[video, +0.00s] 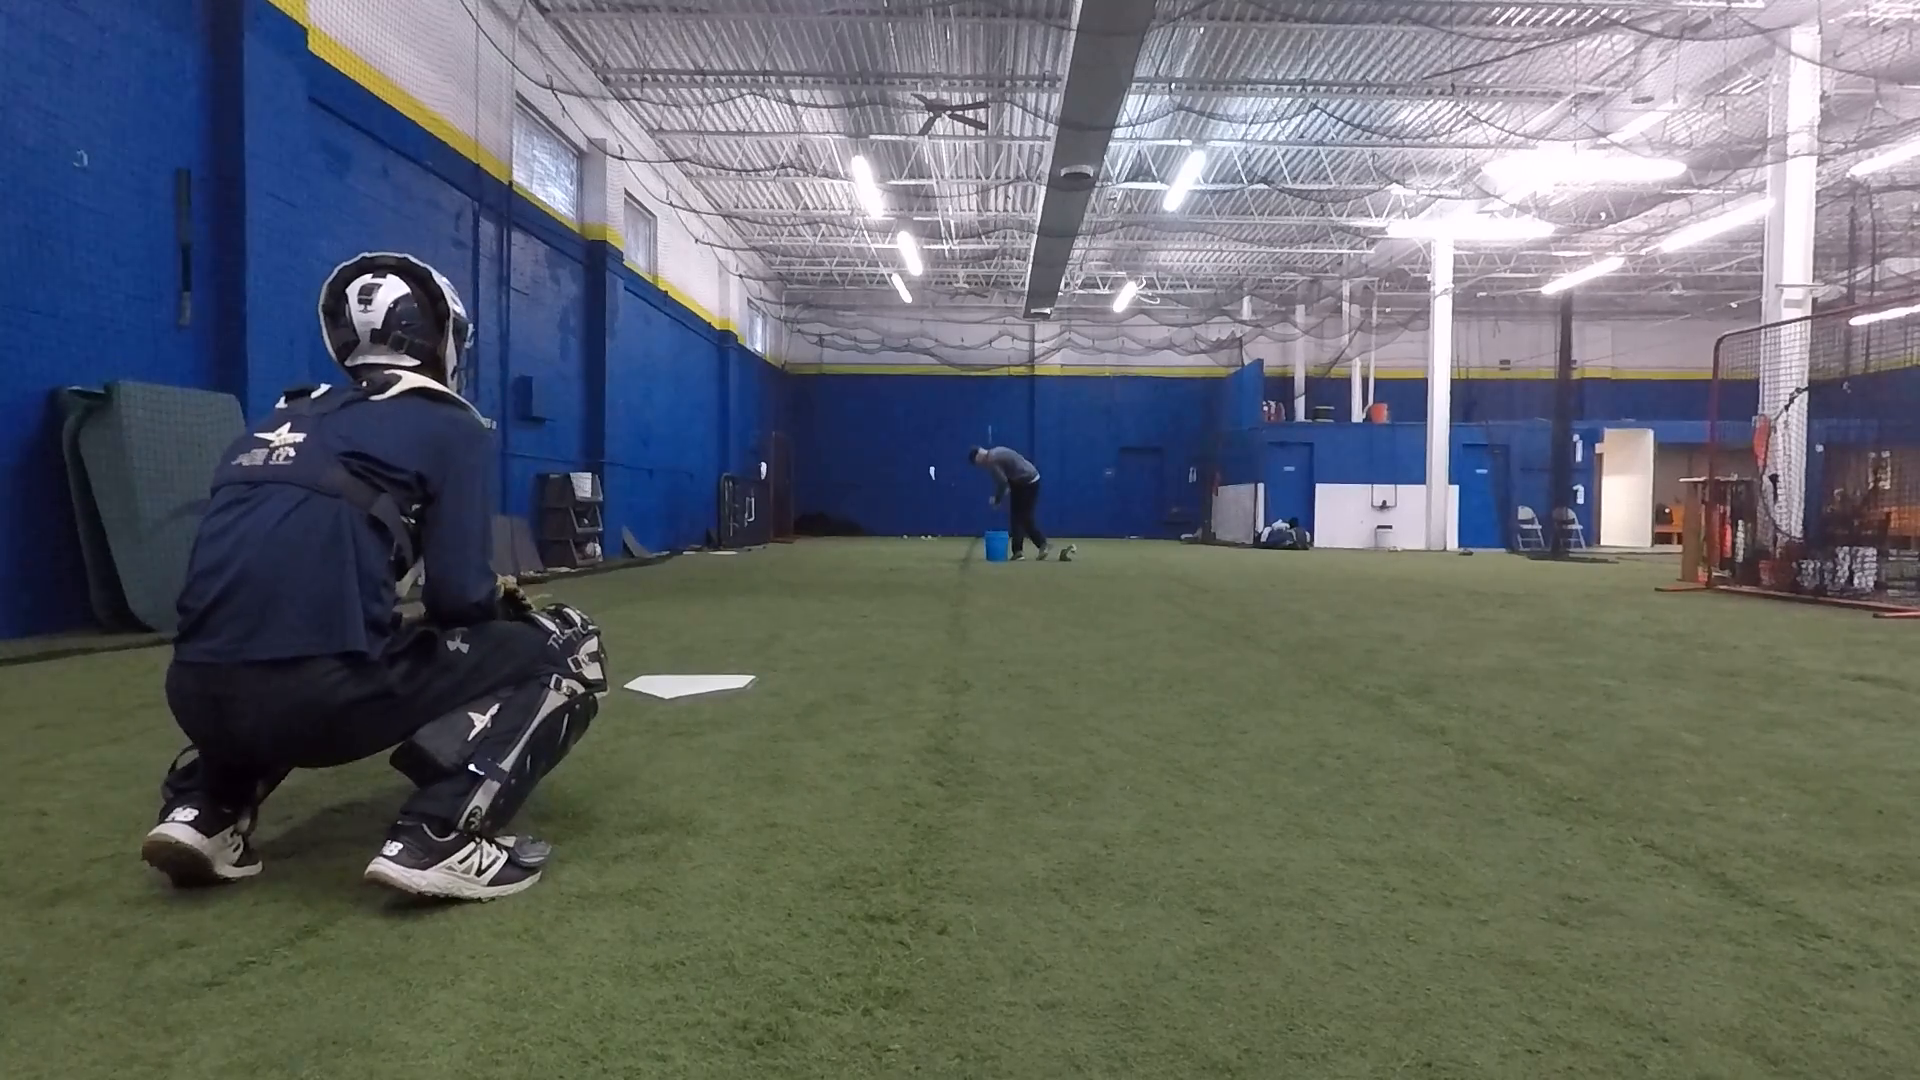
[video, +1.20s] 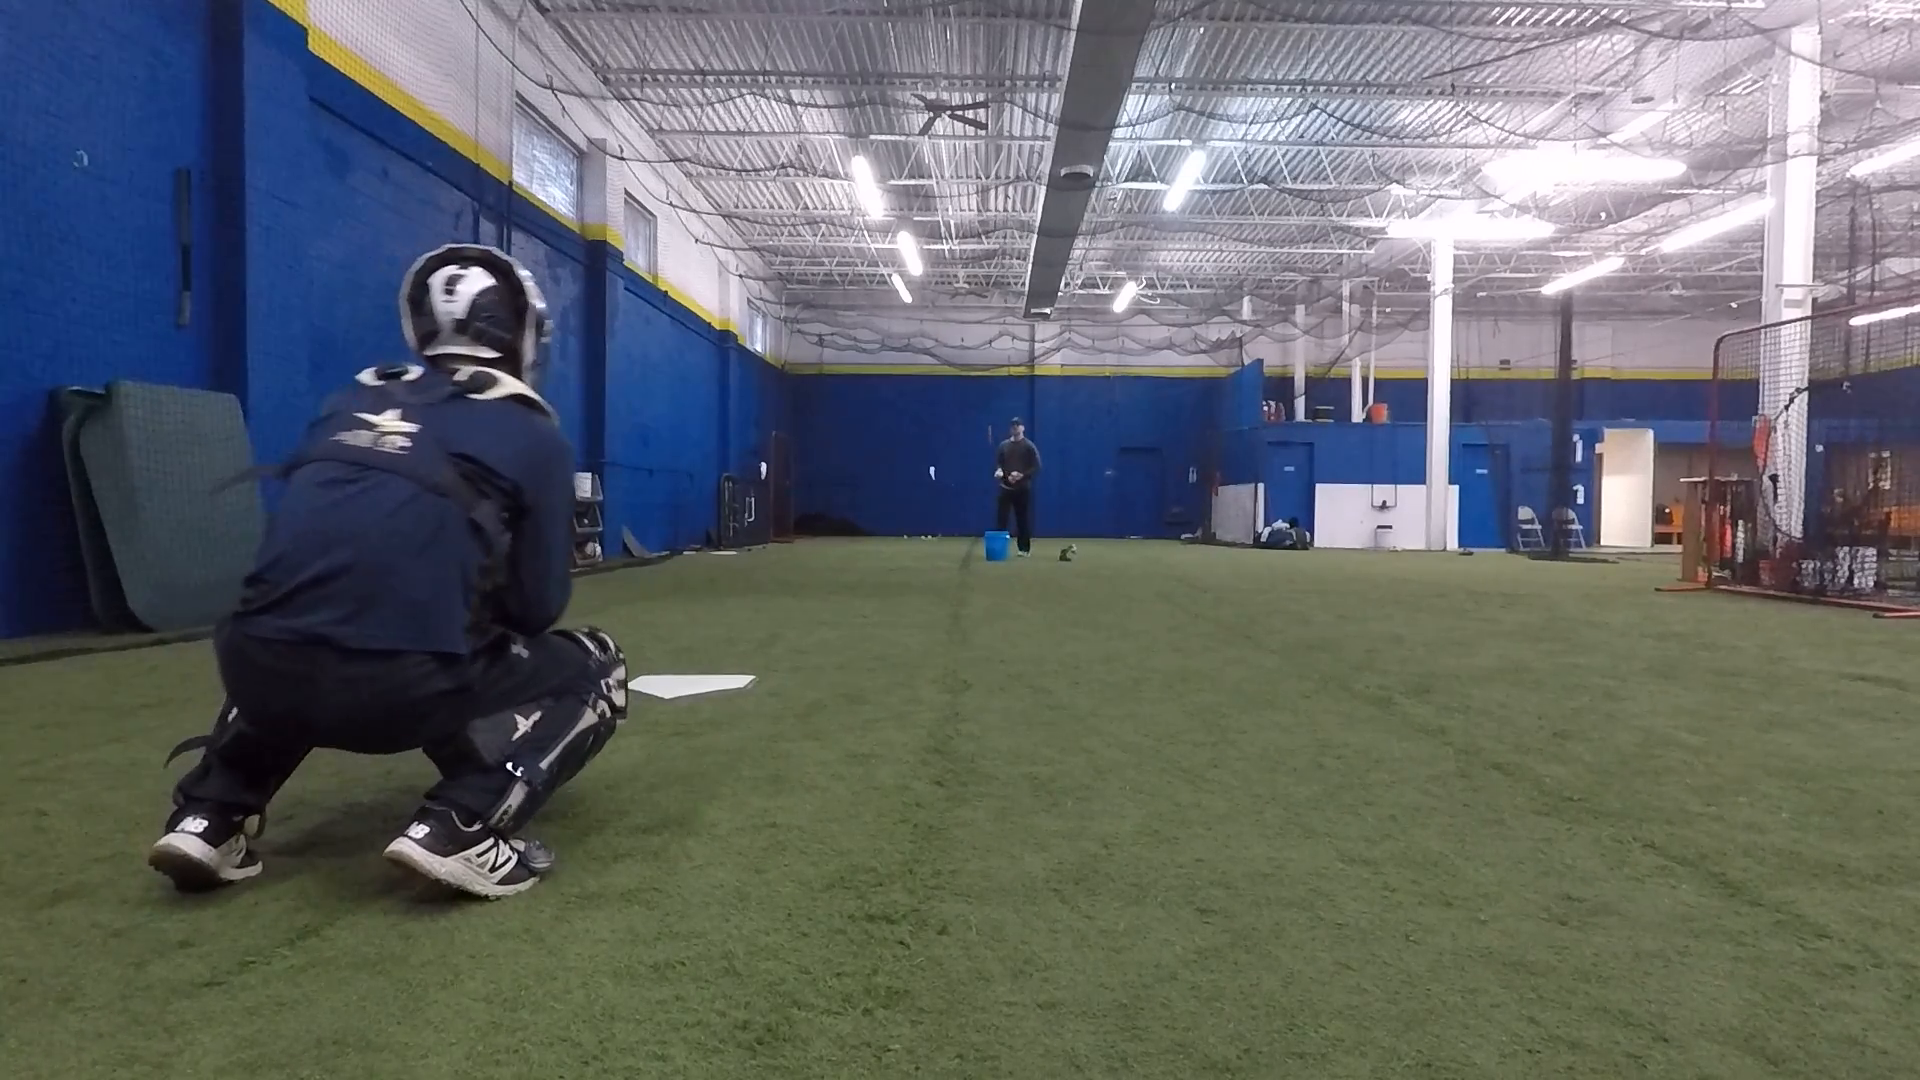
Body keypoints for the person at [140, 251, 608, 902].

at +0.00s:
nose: (461, 352)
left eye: (459, 336)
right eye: (456, 336)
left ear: (345, 345)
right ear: (438, 339)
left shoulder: (281, 417)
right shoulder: (452, 425)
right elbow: (457, 598)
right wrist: (498, 601)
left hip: (204, 697)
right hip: (330, 696)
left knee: (289, 617)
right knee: (569, 647)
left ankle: (204, 810)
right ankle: (442, 835)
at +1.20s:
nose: (539, 338)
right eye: (534, 325)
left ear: (417, 328)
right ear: (522, 332)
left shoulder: (352, 398)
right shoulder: (534, 435)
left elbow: (300, 524)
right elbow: (539, 605)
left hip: (267, 670)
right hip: (404, 689)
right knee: (594, 668)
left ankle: (207, 814)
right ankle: (462, 823)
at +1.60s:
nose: (606, 345)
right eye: (606, 334)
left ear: (499, 328)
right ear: (601, 347)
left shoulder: (437, 382)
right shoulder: (616, 460)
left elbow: (269, 481)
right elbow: (596, 626)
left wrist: (369, 522)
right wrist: (517, 608)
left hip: (334, 658)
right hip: (477, 696)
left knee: (260, 592)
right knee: (576, 683)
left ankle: (151, 815)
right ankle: (474, 818)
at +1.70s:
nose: (604, 346)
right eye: (602, 333)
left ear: (495, 329)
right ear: (596, 348)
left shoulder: (425, 388)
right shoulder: (610, 460)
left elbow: (262, 490)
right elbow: (628, 632)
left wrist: (361, 536)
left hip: (324, 658)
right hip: (470, 691)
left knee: (252, 603)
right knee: (581, 676)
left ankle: (117, 828)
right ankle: (472, 819)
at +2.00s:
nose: (542, 365)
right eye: (539, 353)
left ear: (423, 350)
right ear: (525, 357)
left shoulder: (349, 415)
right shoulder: (520, 438)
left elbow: (221, 535)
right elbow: (621, 587)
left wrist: (323, 575)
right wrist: (652, 695)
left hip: (255, 682)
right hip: (404, 696)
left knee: (213, 655)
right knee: (581, 664)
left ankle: (102, 849)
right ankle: (463, 833)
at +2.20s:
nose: (492, 346)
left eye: (491, 331)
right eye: (488, 330)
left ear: (377, 332)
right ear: (471, 329)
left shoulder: (312, 394)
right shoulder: (456, 406)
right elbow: (516, 516)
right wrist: (551, 637)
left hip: (193, 643)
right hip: (331, 650)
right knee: (537, 660)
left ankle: (113, 839)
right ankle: (445, 840)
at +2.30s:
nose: (477, 297)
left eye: (473, 281)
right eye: (472, 280)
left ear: (361, 284)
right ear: (457, 283)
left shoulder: (287, 353)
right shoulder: (434, 351)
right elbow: (465, 426)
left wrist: (421, 581)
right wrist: (493, 579)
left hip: (171, 590)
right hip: (308, 587)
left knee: (245, 654)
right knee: (543, 626)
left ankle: (116, 835)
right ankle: (455, 834)